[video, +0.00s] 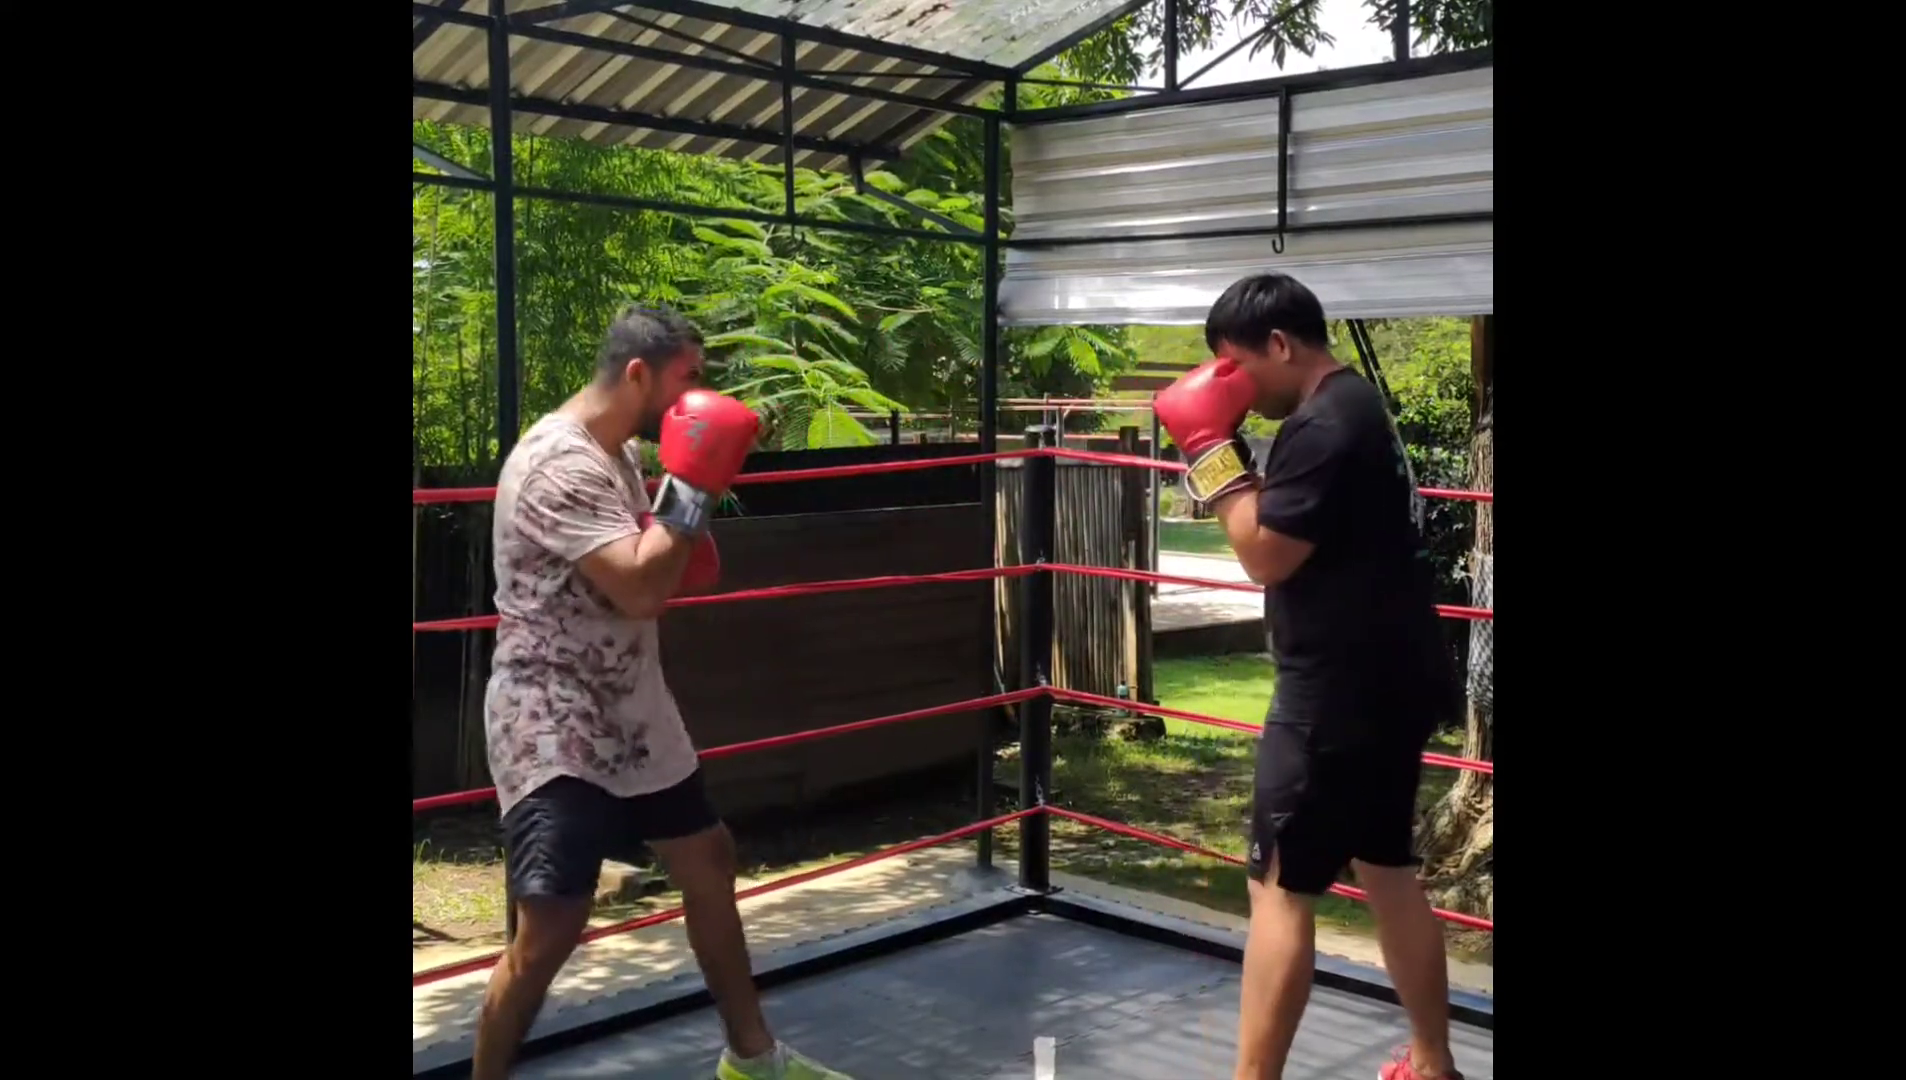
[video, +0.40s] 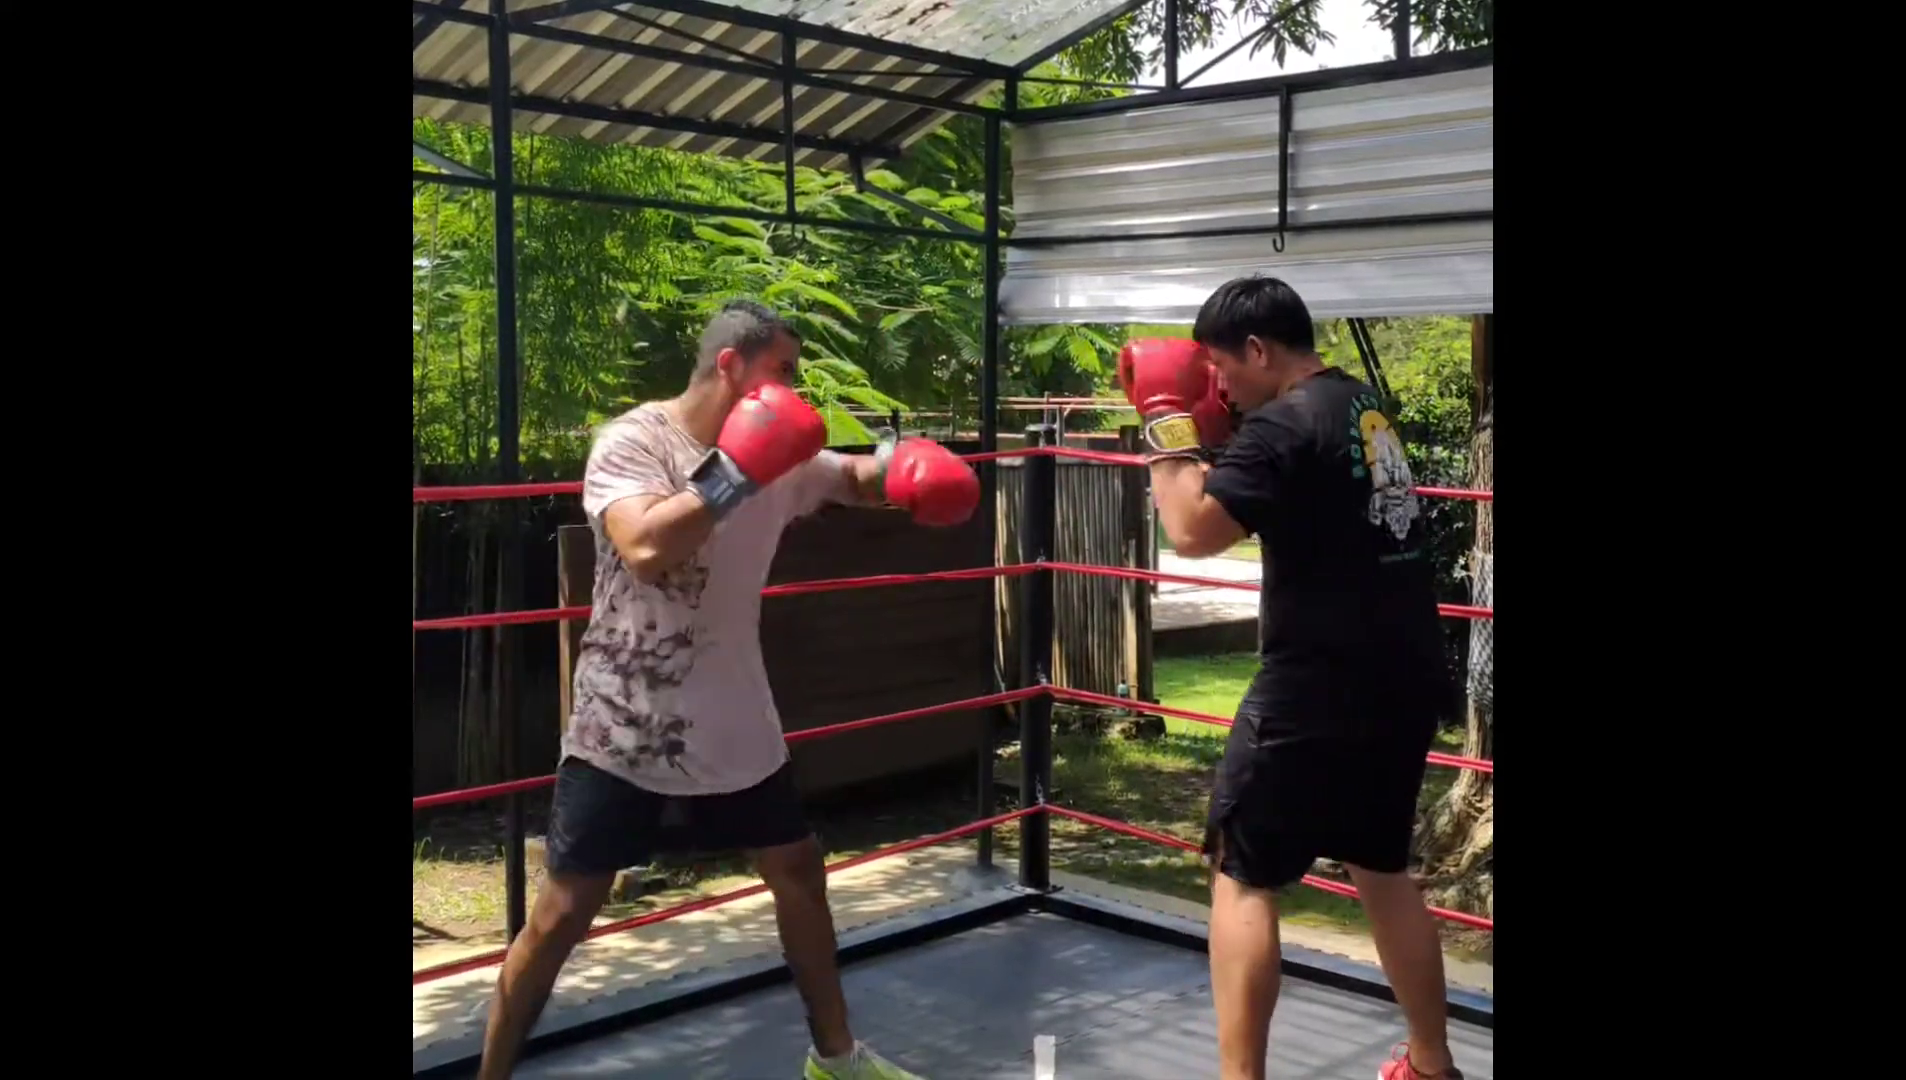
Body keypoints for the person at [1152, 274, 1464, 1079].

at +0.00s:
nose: (1232, 381)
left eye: (1233, 363)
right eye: (1225, 368)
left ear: (1280, 346)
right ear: (1295, 344)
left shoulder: (1326, 423)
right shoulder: (1355, 403)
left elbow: (1268, 559)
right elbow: (1280, 539)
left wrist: (1213, 455)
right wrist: (1229, 452)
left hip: (1331, 691)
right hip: (1387, 686)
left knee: (1278, 886)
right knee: (1388, 872)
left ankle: (1254, 1072)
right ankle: (1433, 1062)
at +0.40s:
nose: (1219, 388)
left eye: (1219, 370)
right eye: (1212, 375)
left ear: (1260, 351)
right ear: (1290, 348)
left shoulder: (1287, 426)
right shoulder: (1366, 406)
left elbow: (1194, 530)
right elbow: (1300, 501)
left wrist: (1165, 435)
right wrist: (1220, 434)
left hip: (1314, 682)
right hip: (1404, 679)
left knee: (1242, 871)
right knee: (1385, 866)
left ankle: (1241, 1070)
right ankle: (1432, 1063)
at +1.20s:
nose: (1193, 387)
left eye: (1191, 367)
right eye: (1187, 371)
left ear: (1230, 350)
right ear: (1274, 342)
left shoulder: (1254, 416)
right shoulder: (1346, 397)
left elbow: (1168, 512)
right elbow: (1290, 490)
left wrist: (1094, 453)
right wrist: (1203, 446)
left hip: (1281, 685)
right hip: (1385, 681)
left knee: (1218, 872)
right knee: (1387, 870)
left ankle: (1204, 1070)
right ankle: (1432, 1059)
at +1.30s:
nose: (1184, 380)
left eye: (1183, 365)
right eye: (1178, 367)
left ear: (1217, 351)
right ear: (1270, 340)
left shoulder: (1214, 409)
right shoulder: (1345, 393)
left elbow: (1064, 433)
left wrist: (952, 389)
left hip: (1281, 678)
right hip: (1386, 678)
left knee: (1222, 871)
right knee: (1389, 867)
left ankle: (1206, 1068)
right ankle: (1434, 1054)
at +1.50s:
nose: (1198, 385)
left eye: (1197, 363)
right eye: (1194, 365)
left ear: (1233, 344)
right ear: (1271, 341)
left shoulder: (1251, 402)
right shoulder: (1342, 394)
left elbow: (1159, 513)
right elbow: (1287, 495)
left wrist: (1062, 445)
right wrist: (1197, 444)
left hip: (1286, 680)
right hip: (1383, 679)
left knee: (1226, 874)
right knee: (1389, 864)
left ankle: (1214, 1070)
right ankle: (1435, 1054)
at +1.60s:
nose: (1208, 386)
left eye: (1209, 367)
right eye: (1201, 371)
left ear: (1251, 346)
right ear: (1273, 343)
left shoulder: (1280, 425)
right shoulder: (1348, 401)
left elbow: (1226, 561)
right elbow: (1294, 532)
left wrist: (1168, 464)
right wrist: (1217, 447)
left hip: (1304, 685)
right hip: (1389, 682)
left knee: (1245, 880)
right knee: (1388, 867)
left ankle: (1227, 1072)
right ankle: (1435, 1059)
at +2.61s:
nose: (1245, 381)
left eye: (1246, 364)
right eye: (1240, 368)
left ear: (1283, 346)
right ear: (1323, 339)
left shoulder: (1313, 406)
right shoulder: (1391, 392)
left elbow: (1213, 500)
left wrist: (1163, 397)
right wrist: (1246, 420)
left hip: (1335, 670)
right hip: (1424, 670)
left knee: (1251, 861)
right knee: (1398, 860)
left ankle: (1235, 1069)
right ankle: (1440, 1058)